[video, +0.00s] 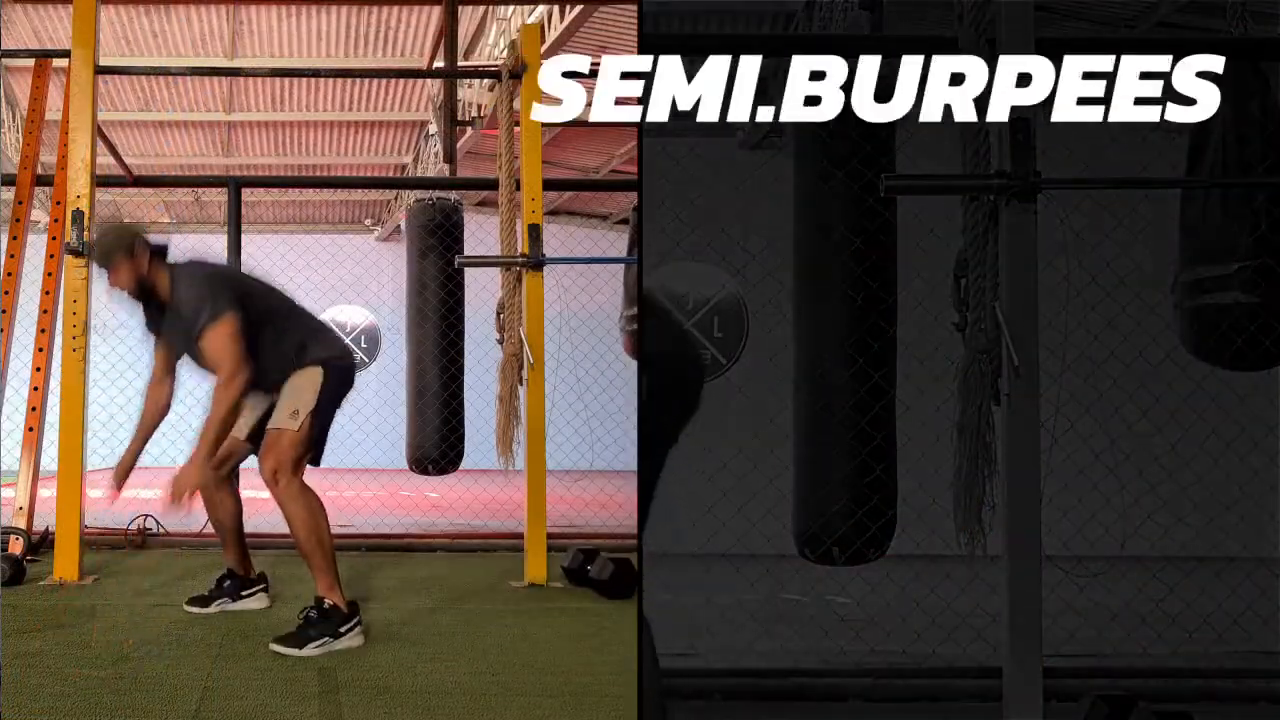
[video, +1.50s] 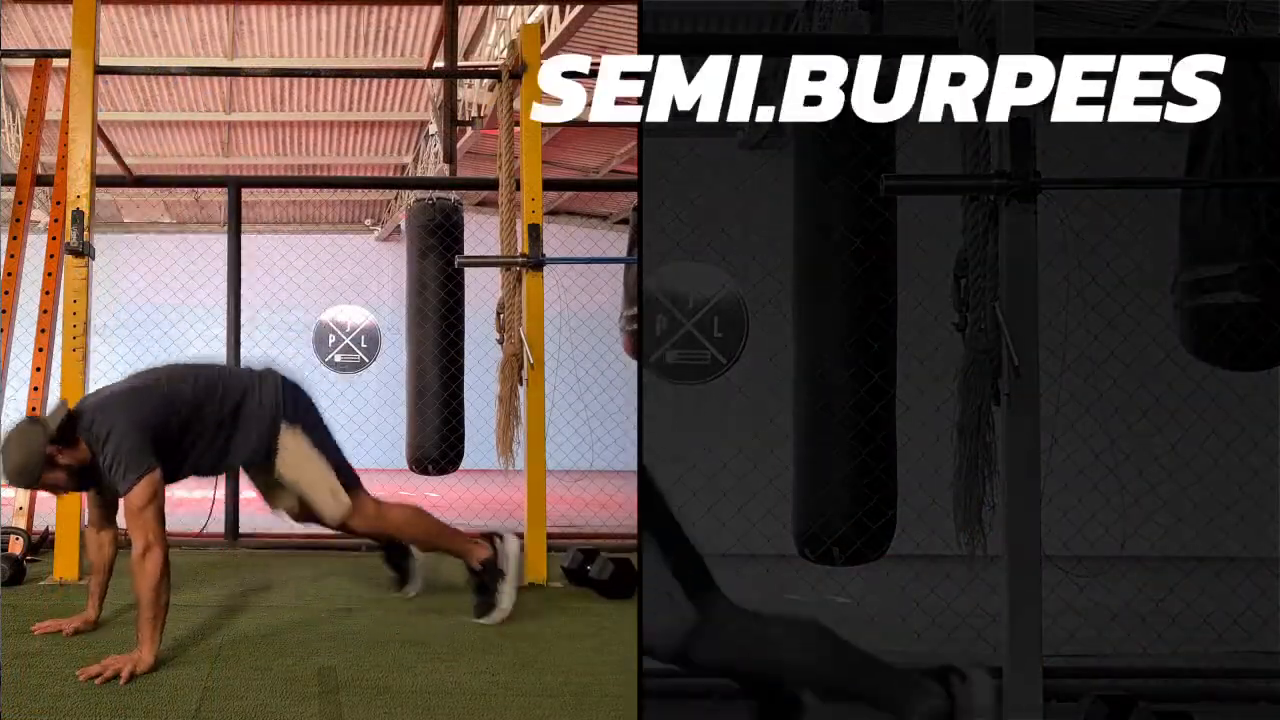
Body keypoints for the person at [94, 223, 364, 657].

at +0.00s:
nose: (111, 282)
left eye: (112, 268)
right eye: (106, 272)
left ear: (139, 254)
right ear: (134, 259)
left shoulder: (196, 286)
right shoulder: (161, 305)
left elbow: (235, 374)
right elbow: (161, 382)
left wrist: (199, 461)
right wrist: (131, 455)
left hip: (317, 361)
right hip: (269, 377)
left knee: (278, 468)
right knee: (211, 468)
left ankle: (336, 608)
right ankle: (242, 578)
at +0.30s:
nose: (159, 150)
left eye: (163, 136)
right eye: (153, 140)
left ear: (195, 122)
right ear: (167, 136)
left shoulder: (253, 161)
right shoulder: (201, 183)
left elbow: (313, 235)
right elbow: (224, 267)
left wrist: (281, 313)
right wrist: (207, 333)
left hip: (263, 337)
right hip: (220, 344)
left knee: (287, 463)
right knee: (223, 459)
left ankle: (335, 604)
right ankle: (243, 576)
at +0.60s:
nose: (114, 220)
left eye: (116, 207)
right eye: (109, 211)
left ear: (146, 190)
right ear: (133, 202)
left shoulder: (211, 222)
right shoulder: (164, 245)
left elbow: (254, 310)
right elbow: (177, 332)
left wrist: (226, 403)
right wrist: (158, 408)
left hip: (303, 343)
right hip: (255, 350)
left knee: (292, 459)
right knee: (218, 459)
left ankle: (337, 606)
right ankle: (243, 577)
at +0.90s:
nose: (112, 450)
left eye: (109, 440)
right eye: (105, 444)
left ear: (123, 418)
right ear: (119, 416)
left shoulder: (167, 403)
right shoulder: (130, 408)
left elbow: (165, 522)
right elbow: (118, 512)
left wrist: (136, 628)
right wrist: (85, 597)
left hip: (311, 341)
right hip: (268, 357)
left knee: (289, 463)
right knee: (233, 461)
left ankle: (337, 607)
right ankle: (247, 576)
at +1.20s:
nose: (38, 482)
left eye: (33, 474)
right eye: (30, 478)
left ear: (44, 444)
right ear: (41, 438)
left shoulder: (116, 433)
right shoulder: (76, 434)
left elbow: (146, 548)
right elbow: (96, 526)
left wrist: (144, 649)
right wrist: (90, 610)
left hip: (259, 431)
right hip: (235, 448)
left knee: (360, 502)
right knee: (304, 504)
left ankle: (490, 547)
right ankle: (403, 527)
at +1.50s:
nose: (56, 491)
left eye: (50, 482)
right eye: (46, 486)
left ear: (61, 455)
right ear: (56, 452)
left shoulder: (123, 432)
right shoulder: (82, 439)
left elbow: (149, 546)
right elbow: (101, 526)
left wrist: (145, 649)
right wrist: (91, 608)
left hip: (269, 407)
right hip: (242, 433)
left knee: (348, 509)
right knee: (295, 506)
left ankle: (484, 552)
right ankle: (392, 535)